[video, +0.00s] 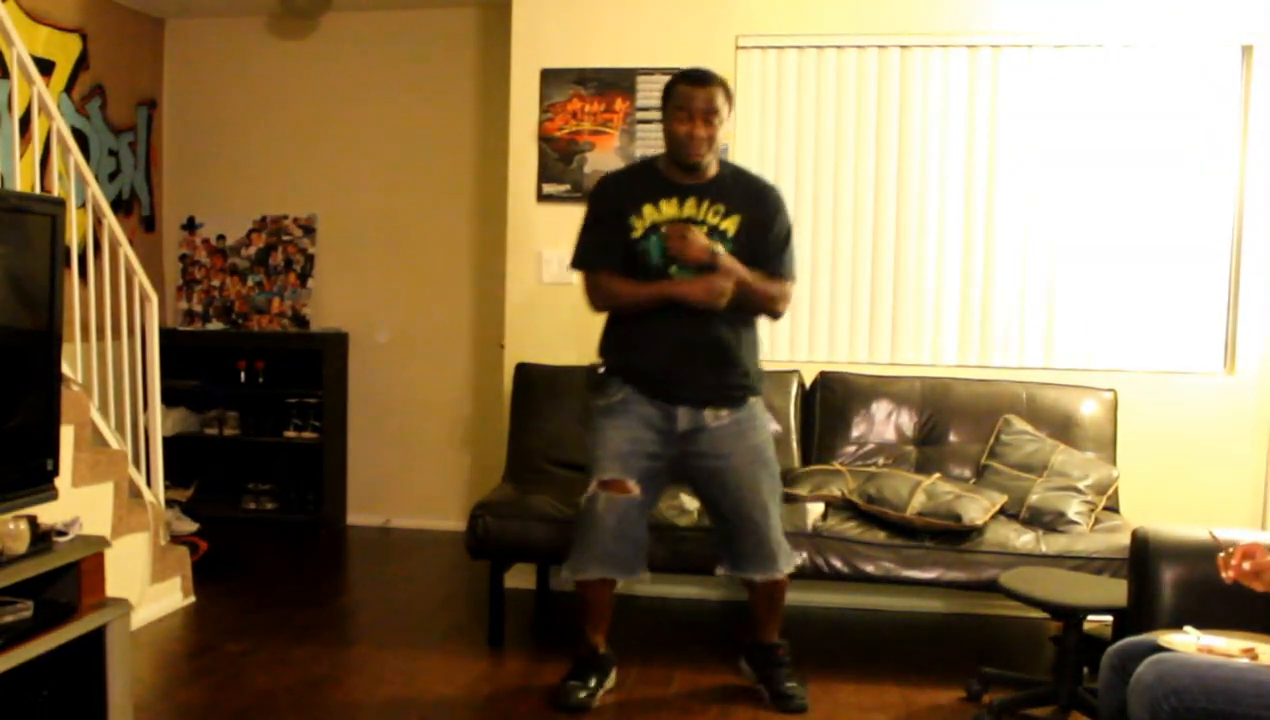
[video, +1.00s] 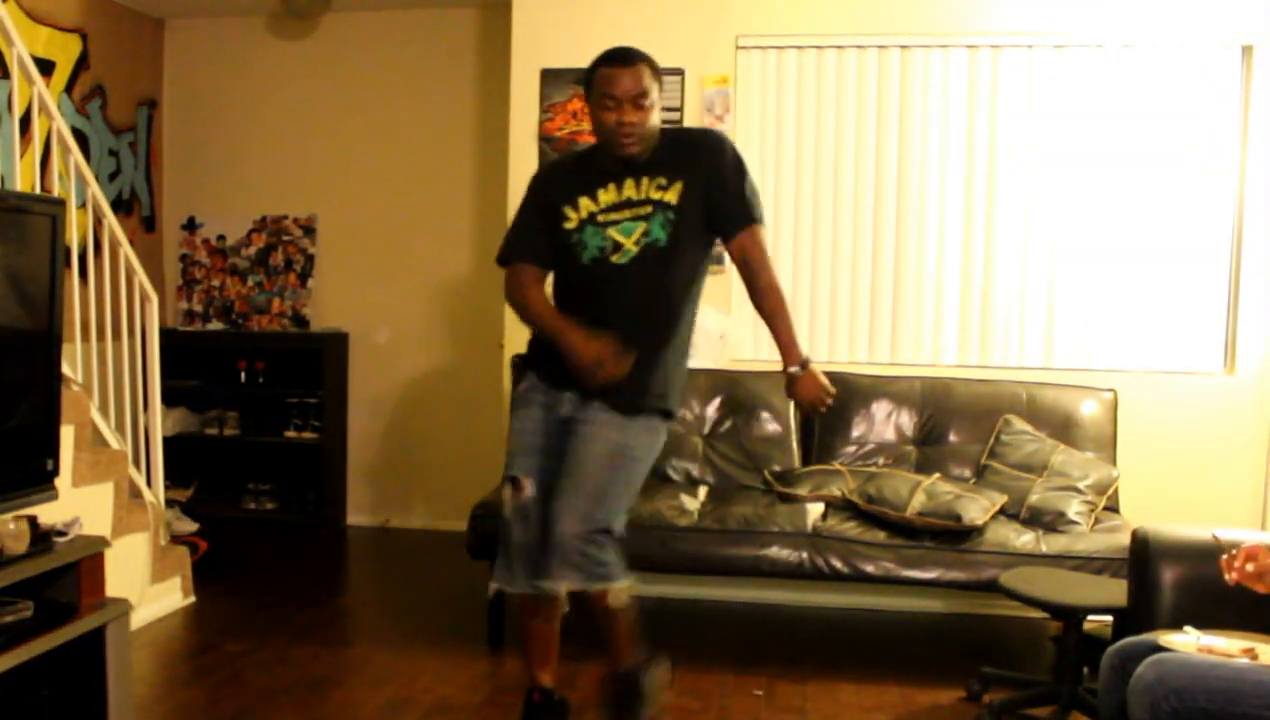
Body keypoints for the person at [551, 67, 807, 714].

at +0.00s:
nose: (696, 127)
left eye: (709, 116)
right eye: (683, 115)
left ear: (726, 123)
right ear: (663, 120)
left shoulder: (759, 200)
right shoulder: (618, 193)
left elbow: (776, 300)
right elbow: (600, 293)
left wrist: (715, 258)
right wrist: (681, 288)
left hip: (729, 402)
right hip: (632, 396)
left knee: (766, 540)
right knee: (604, 518)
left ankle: (769, 650)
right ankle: (592, 657)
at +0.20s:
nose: (693, 114)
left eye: (705, 101)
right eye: (680, 101)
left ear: (724, 108)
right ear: (659, 108)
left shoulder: (760, 184)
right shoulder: (611, 183)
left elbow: (780, 276)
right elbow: (579, 269)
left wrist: (797, 260)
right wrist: (589, 279)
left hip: (732, 390)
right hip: (635, 389)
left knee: (760, 540)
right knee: (603, 517)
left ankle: (758, 663)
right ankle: (592, 657)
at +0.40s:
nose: (708, 119)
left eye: (721, 107)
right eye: (694, 107)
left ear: (741, 115)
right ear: (676, 116)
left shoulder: (784, 195)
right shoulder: (634, 196)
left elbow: (828, 289)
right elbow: (592, 288)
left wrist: (864, 259)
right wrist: (561, 278)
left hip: (756, 411)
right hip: (657, 405)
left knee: (775, 546)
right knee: (616, 525)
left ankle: (762, 676)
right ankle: (608, 648)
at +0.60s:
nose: (697, 94)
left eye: (709, 83)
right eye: (683, 83)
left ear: (730, 92)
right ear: (662, 93)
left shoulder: (773, 169)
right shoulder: (621, 171)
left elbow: (794, 275)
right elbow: (596, 269)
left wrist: (755, 237)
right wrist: (631, 274)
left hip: (750, 390)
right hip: (648, 383)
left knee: (771, 542)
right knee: (614, 513)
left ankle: (764, 675)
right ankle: (568, 679)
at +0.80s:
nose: (656, 107)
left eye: (669, 94)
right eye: (641, 94)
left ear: (689, 101)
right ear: (621, 103)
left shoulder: (731, 180)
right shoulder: (583, 180)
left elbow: (775, 271)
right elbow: (549, 280)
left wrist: (743, 329)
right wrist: (620, 280)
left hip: (700, 403)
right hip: (602, 398)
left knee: (737, 557)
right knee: (580, 542)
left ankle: (754, 673)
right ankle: (549, 699)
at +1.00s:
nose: (628, 115)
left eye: (639, 101)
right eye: (613, 103)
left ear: (658, 100)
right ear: (589, 107)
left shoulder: (704, 156)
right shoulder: (559, 178)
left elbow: (753, 261)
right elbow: (520, 282)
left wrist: (797, 364)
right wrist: (569, 336)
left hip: (636, 390)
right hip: (549, 380)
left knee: (583, 536)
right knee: (530, 538)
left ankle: (631, 672)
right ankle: (543, 697)